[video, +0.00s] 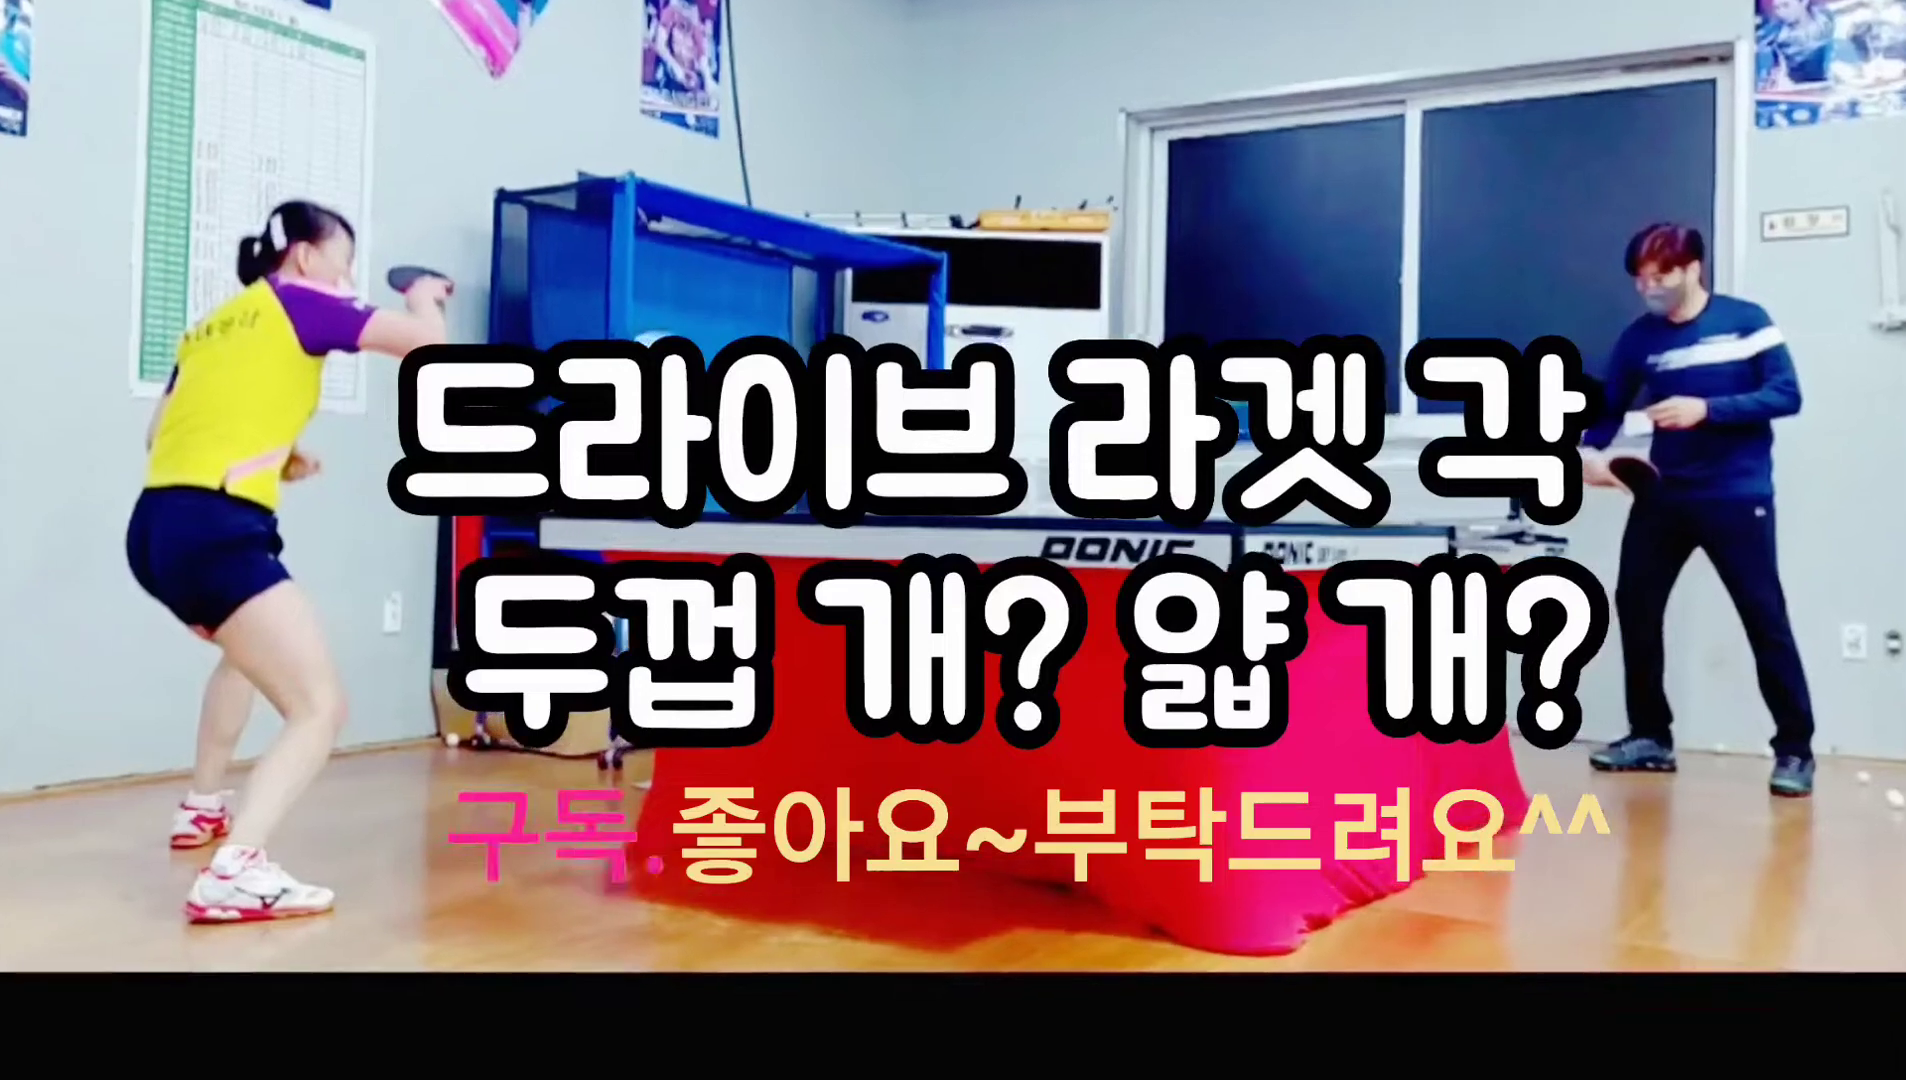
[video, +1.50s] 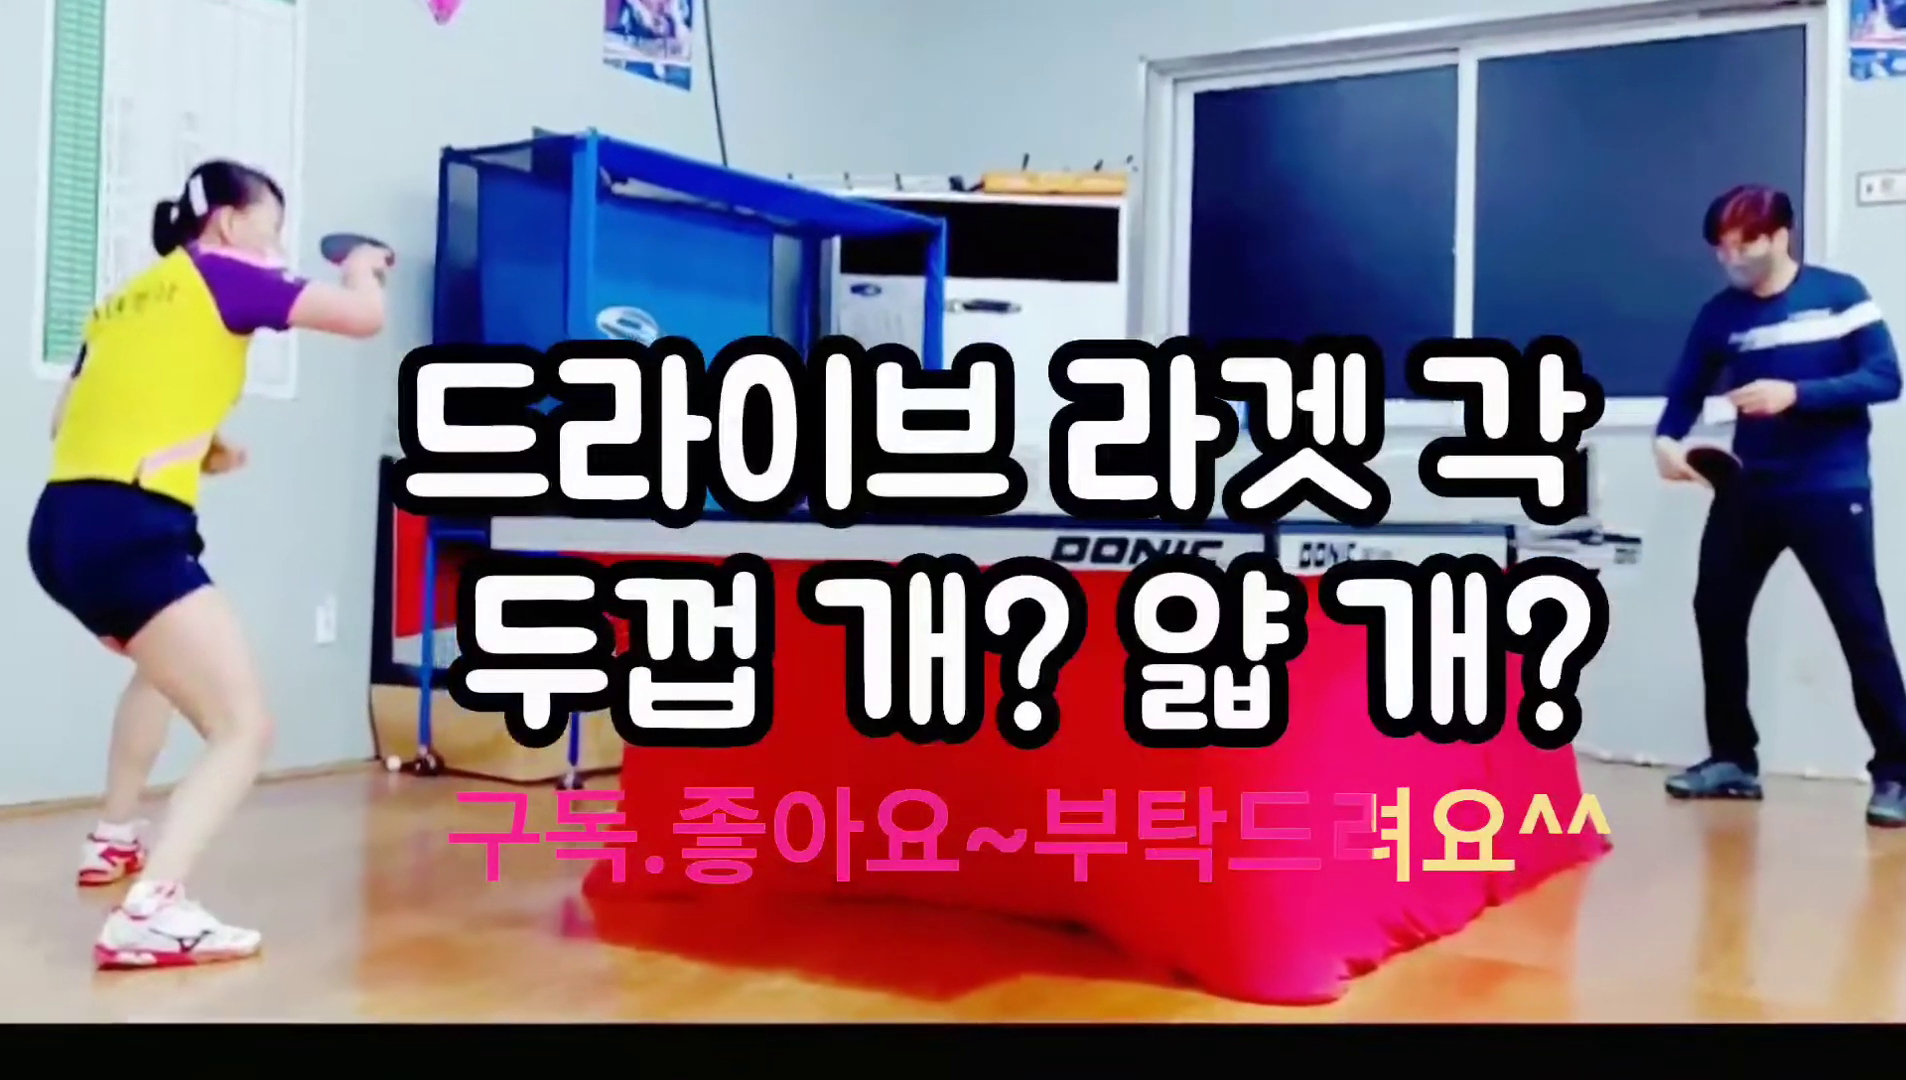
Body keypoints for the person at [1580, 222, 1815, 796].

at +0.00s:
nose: (1647, 286)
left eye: (1658, 274)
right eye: (1640, 277)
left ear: (1692, 269)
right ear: (1636, 279)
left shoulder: (1746, 320)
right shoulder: (1639, 338)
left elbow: (1785, 395)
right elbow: (1606, 413)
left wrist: (1706, 409)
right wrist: (1588, 453)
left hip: (1737, 503)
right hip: (1661, 503)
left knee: (1766, 623)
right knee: (1635, 608)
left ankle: (1794, 751)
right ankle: (1651, 737)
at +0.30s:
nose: (1662, 282)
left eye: (1672, 269)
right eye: (1655, 272)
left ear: (1707, 263)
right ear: (1651, 274)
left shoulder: (1764, 315)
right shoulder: (1654, 334)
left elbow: (1804, 391)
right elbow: (1621, 408)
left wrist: (1722, 406)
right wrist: (1603, 451)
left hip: (1754, 501)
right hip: (1678, 502)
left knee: (1784, 625)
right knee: (1650, 607)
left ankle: (1813, 757)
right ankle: (1666, 741)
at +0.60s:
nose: (1679, 275)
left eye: (1690, 262)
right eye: (1672, 264)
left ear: (1727, 256)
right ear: (1668, 266)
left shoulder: (1784, 310)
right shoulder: (1671, 329)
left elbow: (1826, 387)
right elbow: (1639, 403)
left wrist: (1742, 403)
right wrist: (1621, 449)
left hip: (1774, 500)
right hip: (1696, 501)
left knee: (1804, 625)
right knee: (1668, 608)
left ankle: (1834, 761)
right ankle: (1684, 746)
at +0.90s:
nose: (1694, 268)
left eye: (1706, 255)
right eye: (1688, 257)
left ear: (1743, 250)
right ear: (1684, 259)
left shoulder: (1802, 305)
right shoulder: (1688, 324)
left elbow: (1844, 385)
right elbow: (1654, 399)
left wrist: (1758, 400)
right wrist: (1635, 446)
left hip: (1792, 500)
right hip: (1712, 500)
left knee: (1823, 629)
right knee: (1684, 611)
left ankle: (1853, 766)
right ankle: (1699, 750)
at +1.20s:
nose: (1711, 262)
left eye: (1723, 249)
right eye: (1706, 251)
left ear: (1762, 243)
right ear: (1703, 253)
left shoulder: (1823, 299)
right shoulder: (1707, 317)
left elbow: (1866, 381)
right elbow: (1673, 390)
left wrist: (1778, 396)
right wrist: (1651, 442)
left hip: (1812, 499)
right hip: (1730, 498)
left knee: (1844, 630)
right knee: (1701, 612)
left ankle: (1875, 770)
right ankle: (1717, 755)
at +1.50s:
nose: (1731, 255)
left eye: (1743, 241)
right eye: (1724, 244)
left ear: (1780, 237)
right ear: (1718, 248)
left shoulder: (1840, 295)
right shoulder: (1722, 313)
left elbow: (1884, 377)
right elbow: (1688, 389)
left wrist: (1795, 393)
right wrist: (1666, 440)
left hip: (1830, 498)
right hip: (1747, 497)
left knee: (1863, 632)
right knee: (1716, 613)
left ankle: (1893, 775)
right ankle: (1732, 760)